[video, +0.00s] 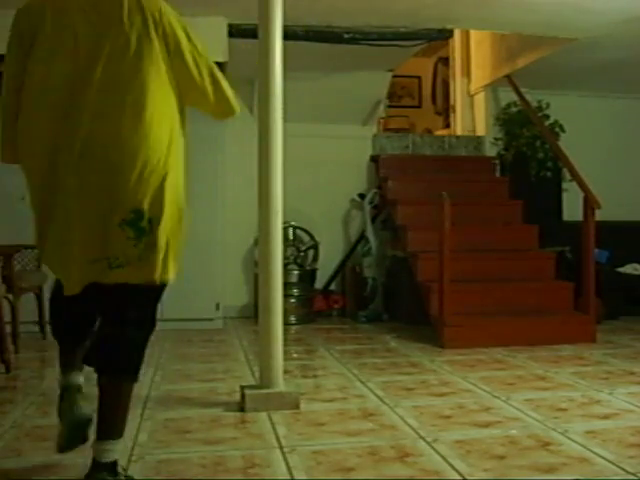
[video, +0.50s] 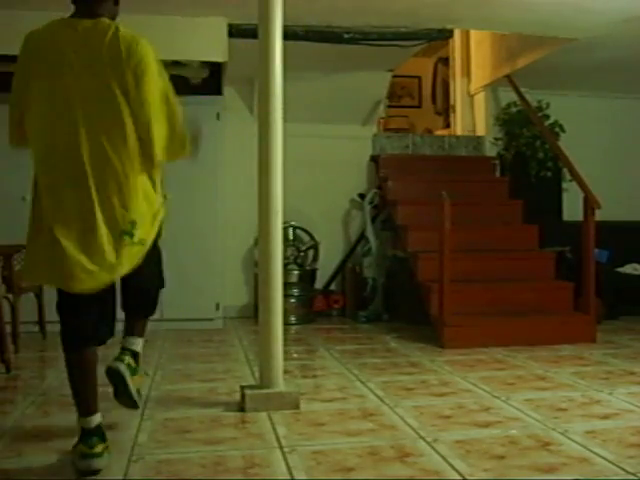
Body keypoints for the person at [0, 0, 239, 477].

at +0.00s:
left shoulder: (33, 13)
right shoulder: (148, 9)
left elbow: (9, 118)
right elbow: (213, 93)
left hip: (64, 175)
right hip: (142, 176)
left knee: (73, 285)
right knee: (127, 319)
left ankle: (71, 384)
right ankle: (106, 460)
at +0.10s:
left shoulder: (32, 16)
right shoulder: (147, 10)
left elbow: (16, 99)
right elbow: (217, 82)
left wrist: (28, 158)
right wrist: (195, 40)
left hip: (68, 189)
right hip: (141, 186)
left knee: (75, 307)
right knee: (125, 325)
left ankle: (80, 419)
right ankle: (106, 454)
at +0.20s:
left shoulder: (31, 25)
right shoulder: (142, 14)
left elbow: (18, 107)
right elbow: (207, 76)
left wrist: (32, 166)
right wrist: (190, 29)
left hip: (69, 197)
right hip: (140, 192)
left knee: (75, 318)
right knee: (129, 322)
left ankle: (84, 432)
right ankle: (107, 445)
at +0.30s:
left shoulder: (29, 35)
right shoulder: (140, 30)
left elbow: (15, 116)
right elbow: (204, 89)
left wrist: (29, 160)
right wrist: (187, 39)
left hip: (67, 215)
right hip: (136, 208)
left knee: (77, 329)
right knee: (135, 313)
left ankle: (88, 441)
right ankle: (119, 393)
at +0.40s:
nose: (110, 4)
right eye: (112, 1)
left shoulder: (33, 46)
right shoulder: (135, 43)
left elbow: (16, 147)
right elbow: (194, 112)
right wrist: (185, 69)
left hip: (62, 213)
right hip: (133, 207)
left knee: (74, 333)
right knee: (147, 278)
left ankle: (88, 439)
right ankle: (126, 359)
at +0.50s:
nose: (117, 8)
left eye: (111, 4)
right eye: (117, 3)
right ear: (115, 2)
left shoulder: (37, 44)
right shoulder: (132, 49)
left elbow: (19, 131)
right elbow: (166, 139)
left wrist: (67, 122)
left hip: (63, 204)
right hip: (126, 199)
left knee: (78, 323)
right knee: (143, 276)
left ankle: (90, 435)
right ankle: (129, 353)